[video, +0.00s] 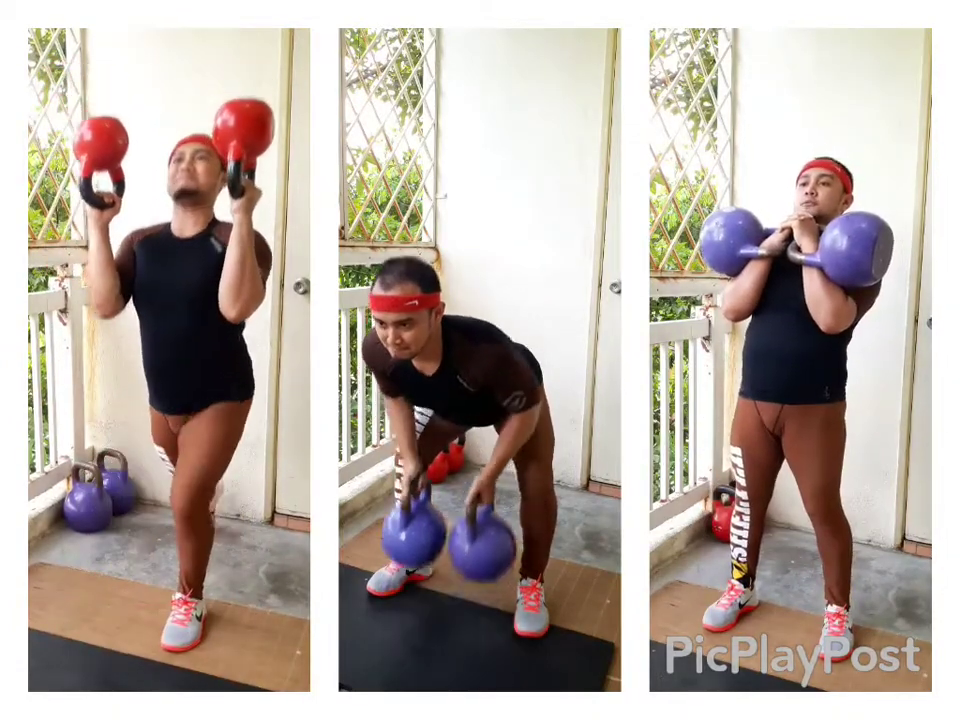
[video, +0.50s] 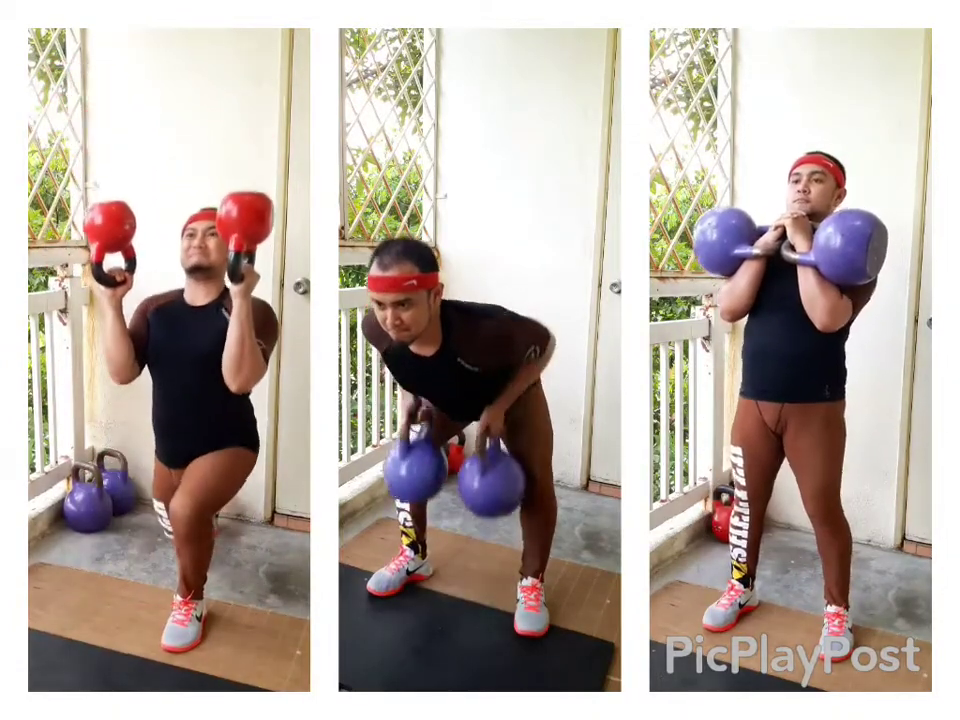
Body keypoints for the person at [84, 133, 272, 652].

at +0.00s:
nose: (186, 166)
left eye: (201, 158)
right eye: (177, 160)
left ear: (222, 177)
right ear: (167, 179)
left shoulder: (243, 241)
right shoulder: (141, 241)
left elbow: (236, 307)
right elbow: (105, 304)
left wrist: (241, 215)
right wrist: (99, 223)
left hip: (222, 391)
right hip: (163, 392)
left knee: (187, 502)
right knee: (185, 480)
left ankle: (189, 598)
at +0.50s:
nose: (199, 241)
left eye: (211, 235)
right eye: (191, 235)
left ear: (230, 250)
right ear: (179, 250)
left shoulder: (253, 311)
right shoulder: (155, 307)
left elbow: (239, 380)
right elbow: (122, 372)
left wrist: (241, 297)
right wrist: (111, 301)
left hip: (228, 441)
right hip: (170, 443)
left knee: (187, 512)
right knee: (175, 517)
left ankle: (188, 600)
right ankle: (196, 574)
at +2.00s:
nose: (176, 121)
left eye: (190, 115)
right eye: (170, 115)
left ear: (215, 133)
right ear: (160, 131)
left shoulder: (234, 204)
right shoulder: (127, 200)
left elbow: (214, 274)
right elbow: (89, 269)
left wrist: (219, 179)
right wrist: (81, 187)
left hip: (193, 377)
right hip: (130, 371)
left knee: (190, 490)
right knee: (138, 486)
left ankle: (190, 596)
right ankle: (142, 583)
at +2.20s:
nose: (165, 125)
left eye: (179, 118)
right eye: (157, 118)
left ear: (203, 136)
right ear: (146, 137)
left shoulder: (222, 206)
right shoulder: (115, 200)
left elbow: (205, 275)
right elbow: (77, 269)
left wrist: (208, 181)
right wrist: (74, 187)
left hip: (188, 374)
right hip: (123, 370)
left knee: (182, 493)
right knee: (131, 489)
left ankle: (190, 597)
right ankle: (143, 587)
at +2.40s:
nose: (159, 134)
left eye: (172, 126)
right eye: (150, 127)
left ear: (195, 144)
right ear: (139, 146)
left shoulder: (216, 214)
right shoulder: (110, 207)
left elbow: (198, 282)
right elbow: (73, 274)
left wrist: (201, 189)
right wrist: (70, 194)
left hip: (185, 381)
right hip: (122, 379)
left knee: (186, 493)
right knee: (126, 493)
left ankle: (212, 517)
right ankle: (142, 584)